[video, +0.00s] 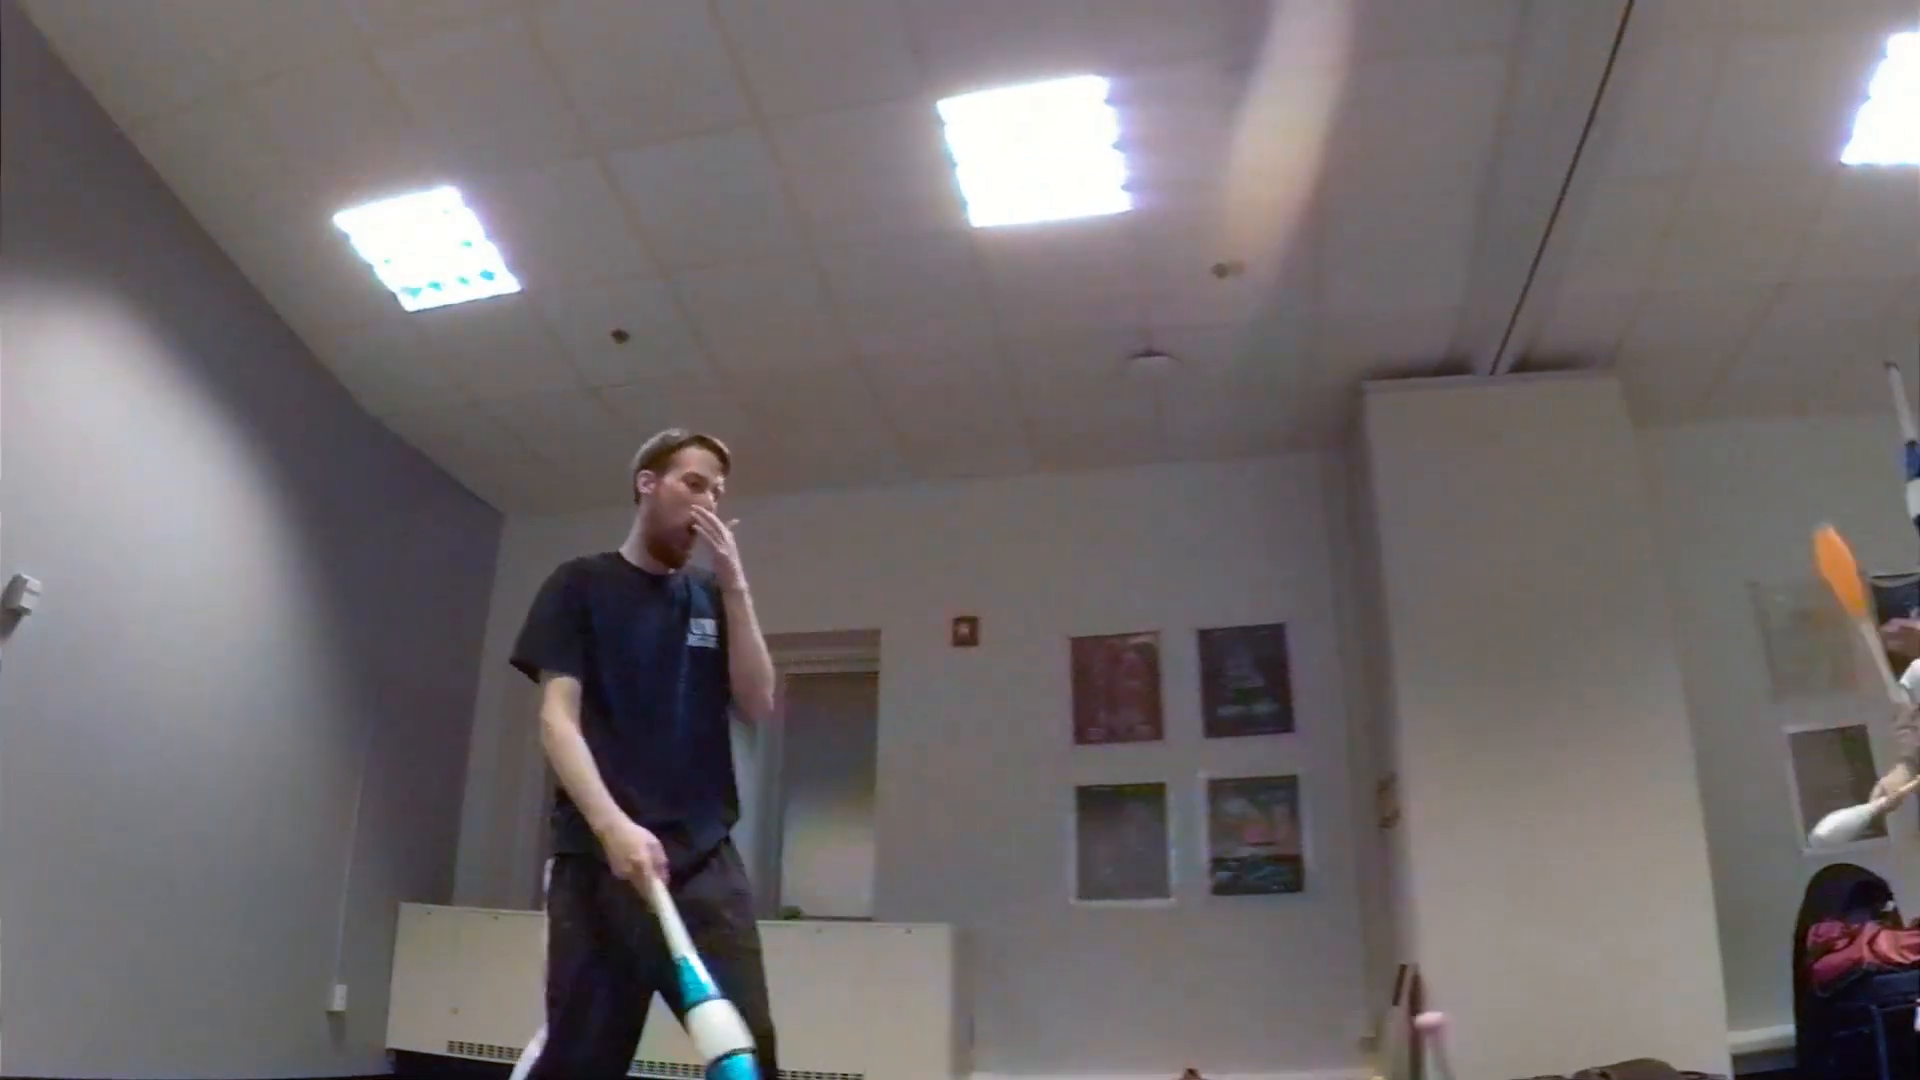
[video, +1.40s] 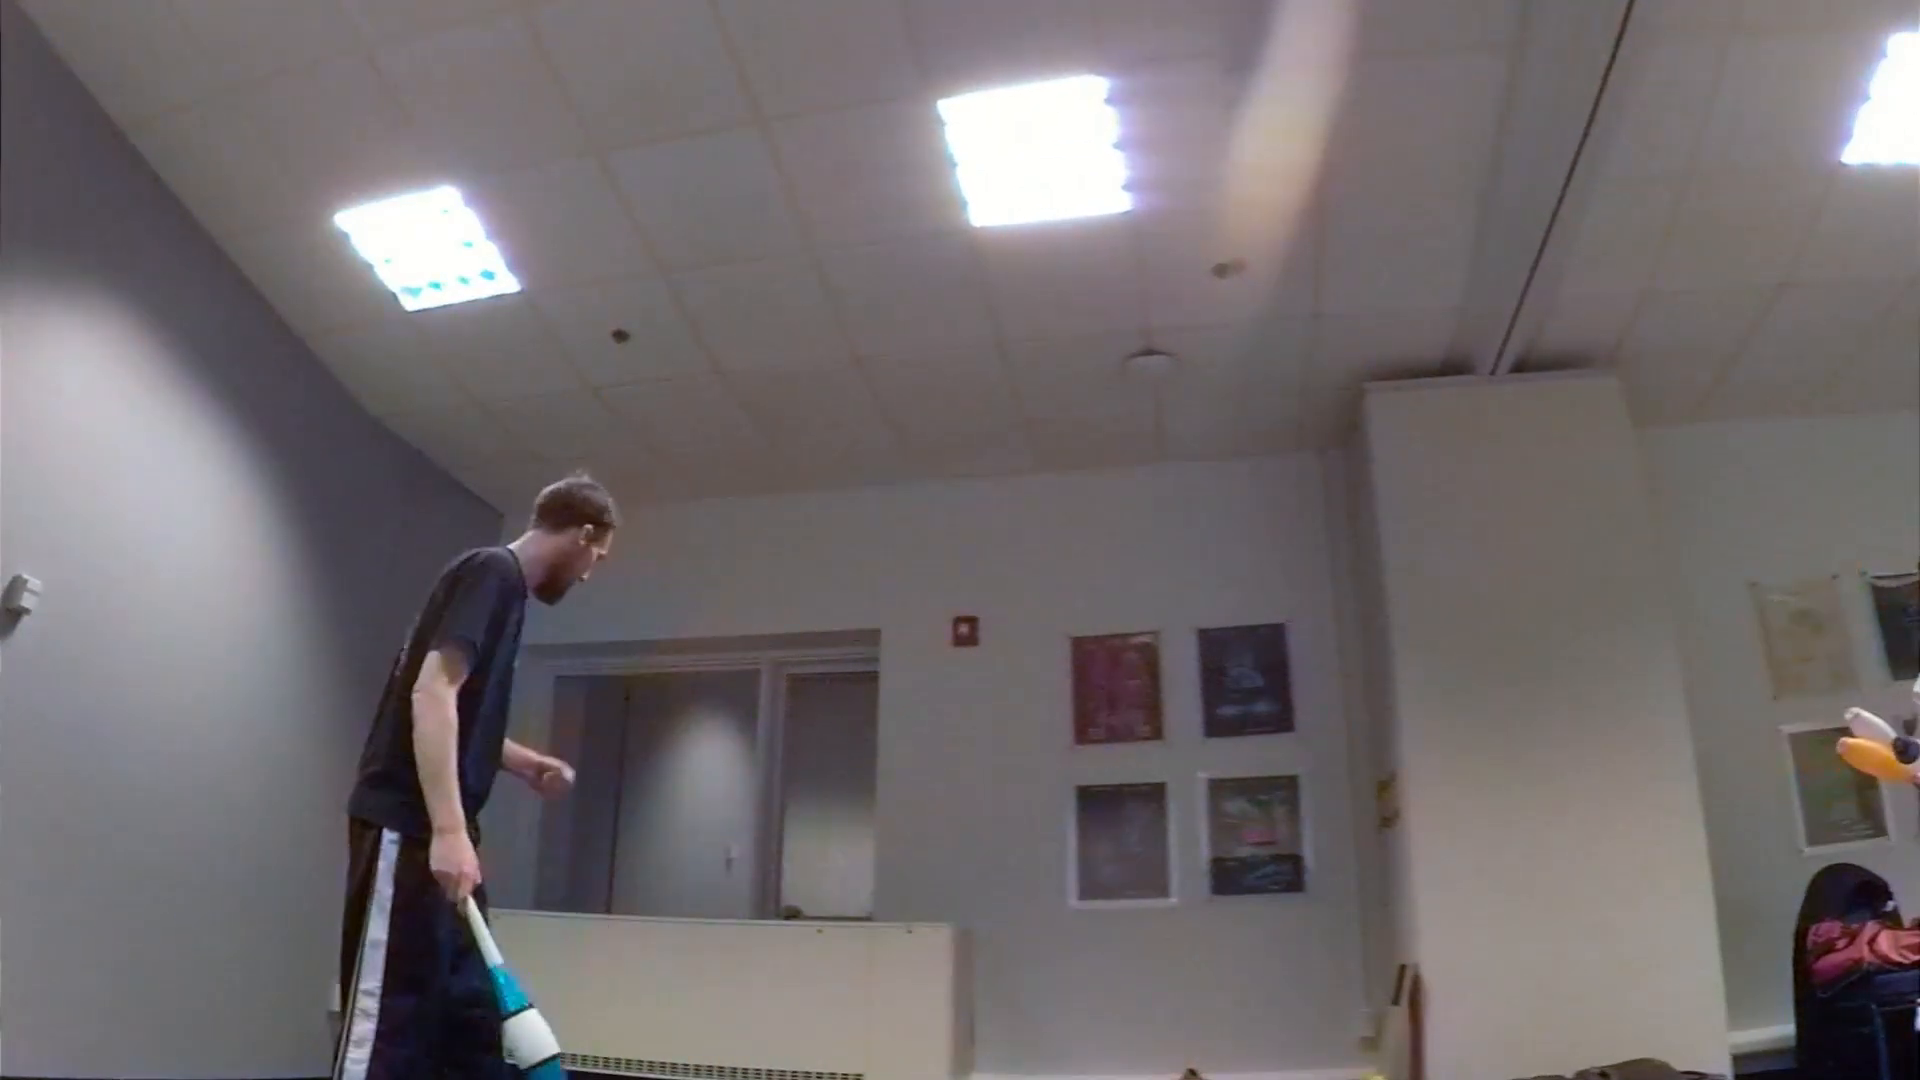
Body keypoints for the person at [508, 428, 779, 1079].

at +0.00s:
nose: (707, 501)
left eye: (716, 491)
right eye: (693, 483)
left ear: (720, 507)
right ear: (646, 485)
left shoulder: (715, 599)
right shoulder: (581, 583)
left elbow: (759, 705)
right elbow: (556, 721)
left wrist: (733, 582)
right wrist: (614, 828)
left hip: (706, 866)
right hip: (601, 865)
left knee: (748, 1051)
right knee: (584, 1057)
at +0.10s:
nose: (680, 518)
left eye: (688, 507)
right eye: (667, 497)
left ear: (691, 523)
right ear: (619, 495)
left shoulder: (677, 610)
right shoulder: (550, 592)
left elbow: (713, 729)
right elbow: (518, 725)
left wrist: (704, 610)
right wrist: (556, 842)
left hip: (657, 866)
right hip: (556, 863)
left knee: (712, 1044)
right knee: (547, 1059)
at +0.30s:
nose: (645, 513)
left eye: (654, 503)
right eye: (633, 494)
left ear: (654, 518)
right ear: (586, 490)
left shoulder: (634, 607)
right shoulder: (513, 579)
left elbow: (652, 726)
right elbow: (473, 707)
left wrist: (679, 666)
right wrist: (471, 831)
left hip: (602, 846)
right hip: (514, 846)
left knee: (657, 1003)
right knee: (515, 1032)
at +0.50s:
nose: (645, 518)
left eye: (653, 509)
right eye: (635, 499)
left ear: (653, 521)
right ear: (590, 489)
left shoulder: (621, 606)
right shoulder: (513, 568)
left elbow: (631, 721)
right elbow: (460, 687)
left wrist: (680, 667)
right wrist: (435, 809)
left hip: (575, 839)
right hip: (491, 832)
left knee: (585, 1020)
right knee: (485, 1015)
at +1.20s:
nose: (609, 553)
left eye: (615, 542)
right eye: (606, 533)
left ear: (581, 525)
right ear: (564, 511)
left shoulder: (553, 619)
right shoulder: (487, 566)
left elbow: (542, 734)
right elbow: (434, 685)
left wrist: (611, 702)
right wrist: (457, 806)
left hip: (513, 840)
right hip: (446, 826)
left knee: (517, 1023)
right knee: (415, 1019)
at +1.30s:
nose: (599, 562)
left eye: (605, 550)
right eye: (601, 544)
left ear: (566, 523)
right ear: (575, 522)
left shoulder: (528, 609)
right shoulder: (488, 569)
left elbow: (500, 731)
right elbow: (429, 693)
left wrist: (579, 724)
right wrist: (454, 824)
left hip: (479, 841)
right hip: (419, 832)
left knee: (496, 1023)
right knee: (393, 1025)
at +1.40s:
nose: (588, 575)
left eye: (597, 563)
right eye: (596, 559)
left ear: (553, 524)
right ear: (581, 535)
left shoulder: (505, 589)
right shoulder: (491, 574)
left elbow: (453, 716)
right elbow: (432, 694)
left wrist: (522, 762)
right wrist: (450, 831)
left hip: (436, 826)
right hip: (403, 822)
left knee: (458, 1008)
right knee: (380, 1013)